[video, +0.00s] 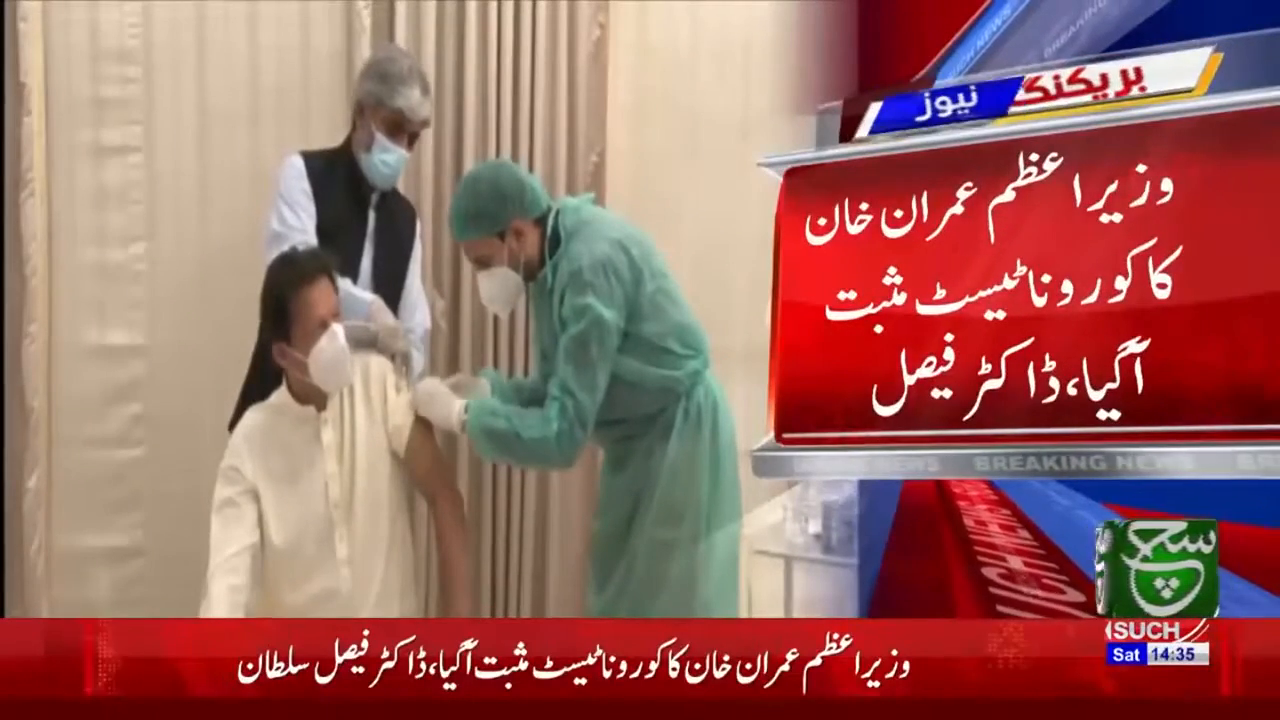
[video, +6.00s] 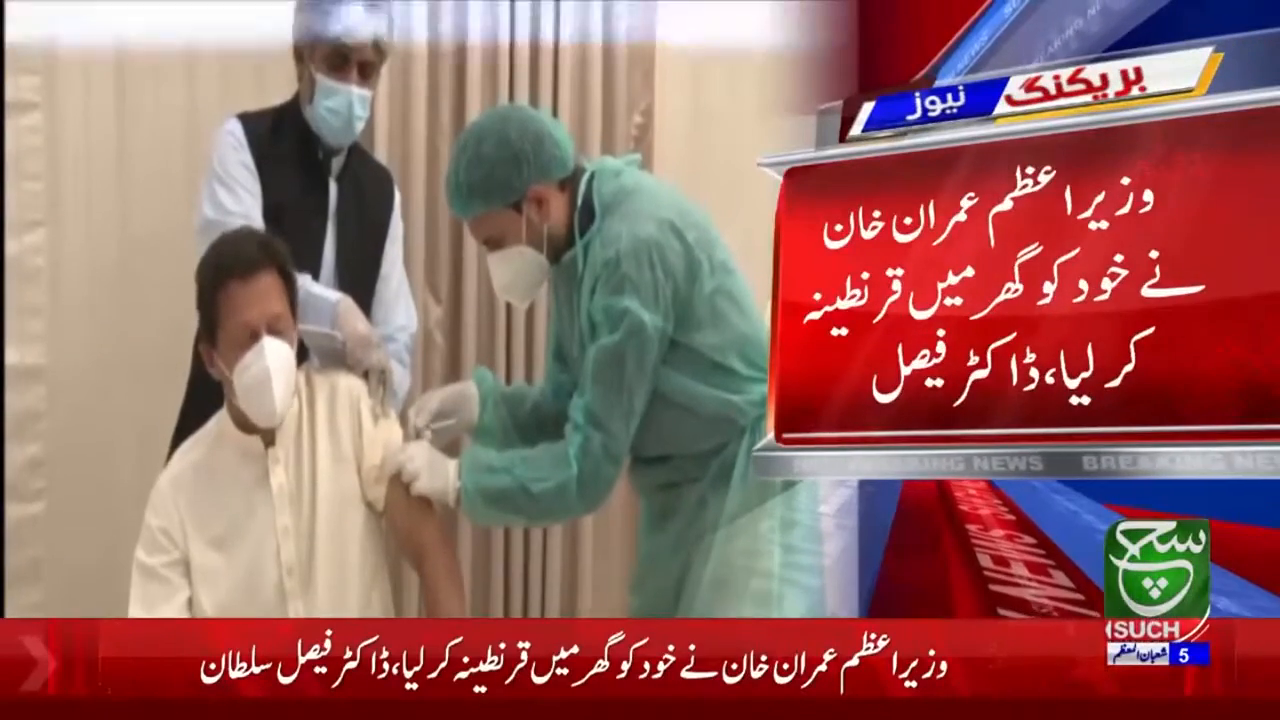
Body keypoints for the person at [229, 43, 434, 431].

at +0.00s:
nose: (402, 149)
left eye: (413, 138)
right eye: (393, 131)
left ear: (422, 135)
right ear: (362, 115)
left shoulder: (404, 216)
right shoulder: (304, 172)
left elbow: (414, 316)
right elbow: (293, 268)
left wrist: (404, 390)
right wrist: (370, 309)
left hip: (370, 388)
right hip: (296, 377)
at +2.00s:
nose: (406, 153)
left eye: (420, 143)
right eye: (398, 134)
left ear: (430, 143)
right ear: (370, 116)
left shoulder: (412, 217)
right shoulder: (314, 172)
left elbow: (424, 318)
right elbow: (294, 268)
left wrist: (419, 398)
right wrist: (371, 311)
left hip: (372, 391)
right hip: (298, 376)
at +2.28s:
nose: (407, 155)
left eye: (421, 145)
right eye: (399, 136)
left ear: (430, 145)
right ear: (371, 118)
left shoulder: (412, 218)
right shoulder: (314, 172)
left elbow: (425, 321)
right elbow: (296, 269)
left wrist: (419, 403)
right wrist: (371, 312)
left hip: (372, 391)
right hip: (297, 377)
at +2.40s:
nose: (347, 74)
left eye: (359, 57)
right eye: (330, 55)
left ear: (372, 54)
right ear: (293, 46)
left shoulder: (376, 163)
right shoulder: (240, 120)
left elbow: (391, 293)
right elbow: (228, 244)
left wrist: (374, 374)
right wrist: (330, 291)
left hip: (332, 388)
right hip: (236, 374)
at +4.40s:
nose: (351, 80)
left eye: (364, 63)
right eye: (335, 60)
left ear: (378, 65)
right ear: (299, 53)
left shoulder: (378, 176)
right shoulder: (244, 131)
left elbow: (395, 309)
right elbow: (234, 255)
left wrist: (378, 394)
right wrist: (335, 302)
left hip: (335, 402)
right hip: (239, 387)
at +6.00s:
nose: (351, 84)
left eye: (366, 70)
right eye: (336, 63)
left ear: (380, 74)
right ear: (302, 58)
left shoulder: (379, 184)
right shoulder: (245, 140)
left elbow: (395, 318)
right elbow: (233, 265)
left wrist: (378, 404)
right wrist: (333, 310)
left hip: (336, 411)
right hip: (240, 394)